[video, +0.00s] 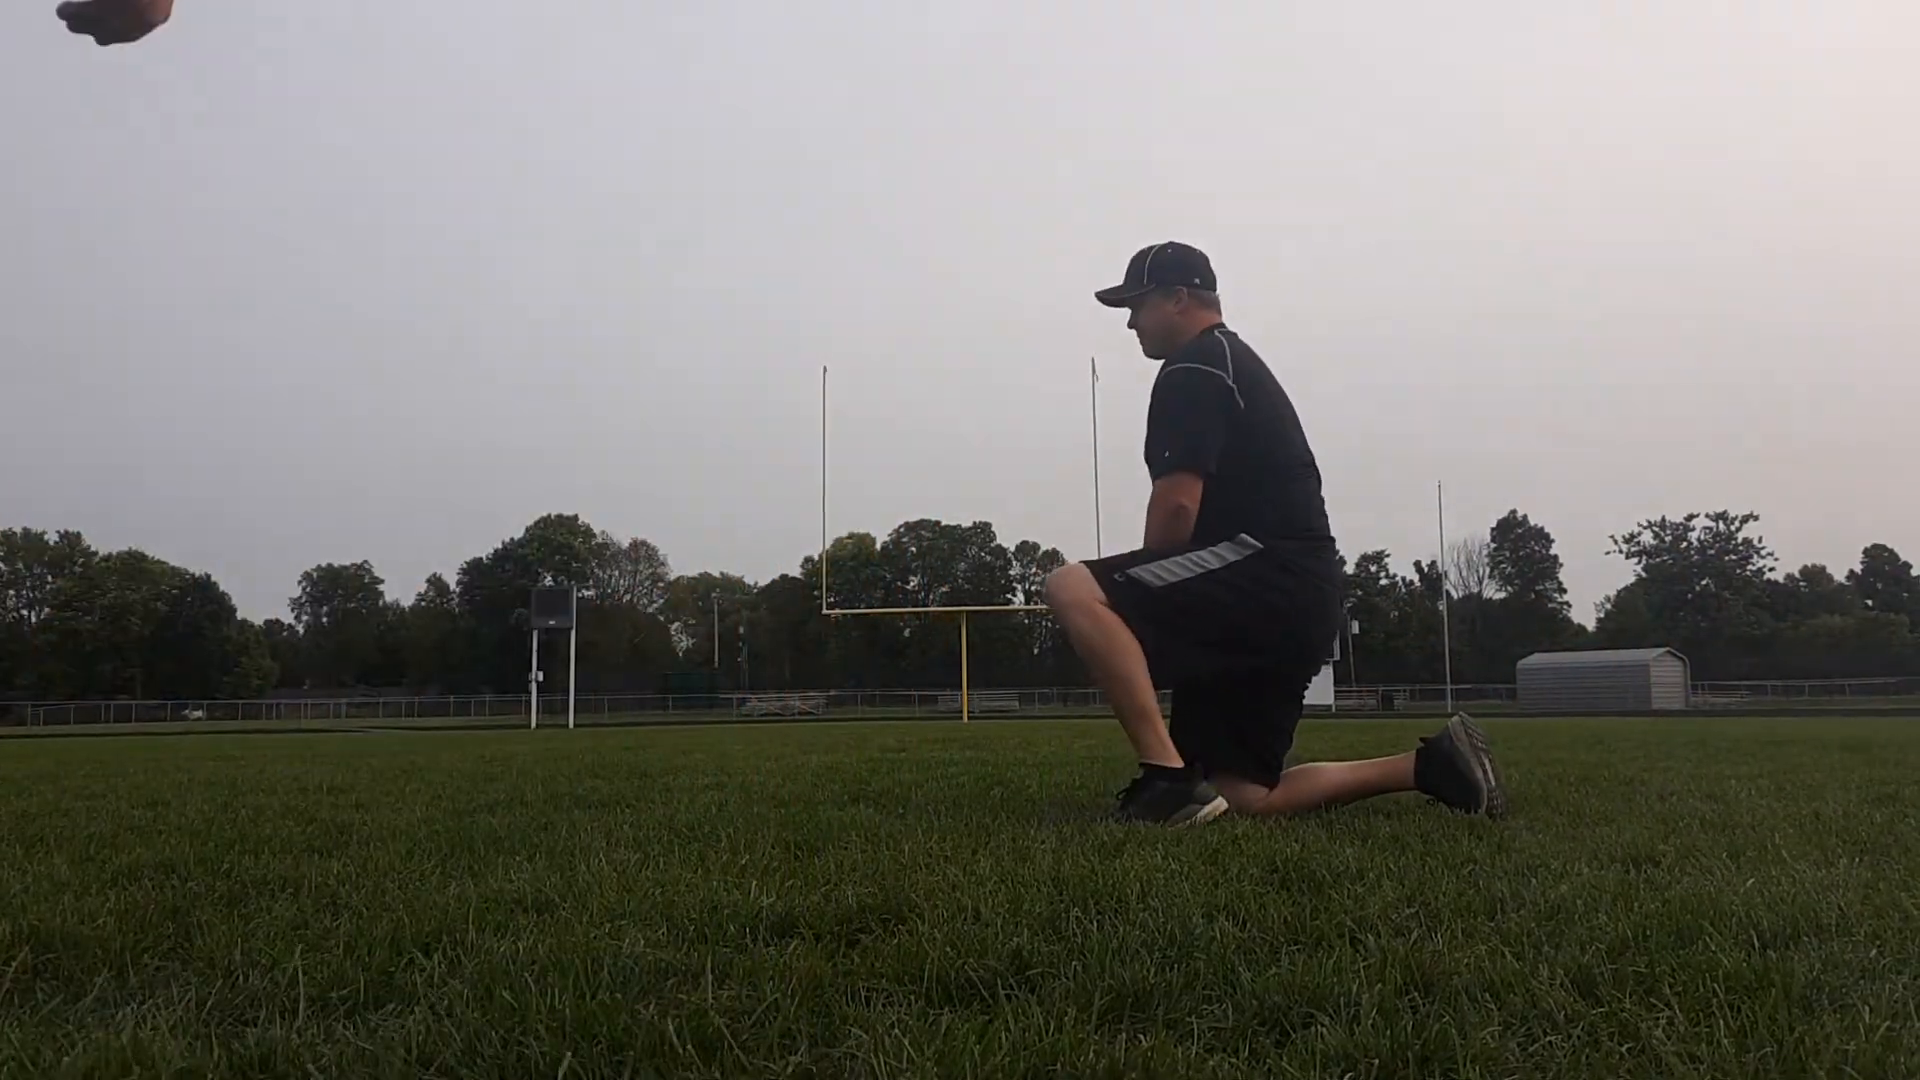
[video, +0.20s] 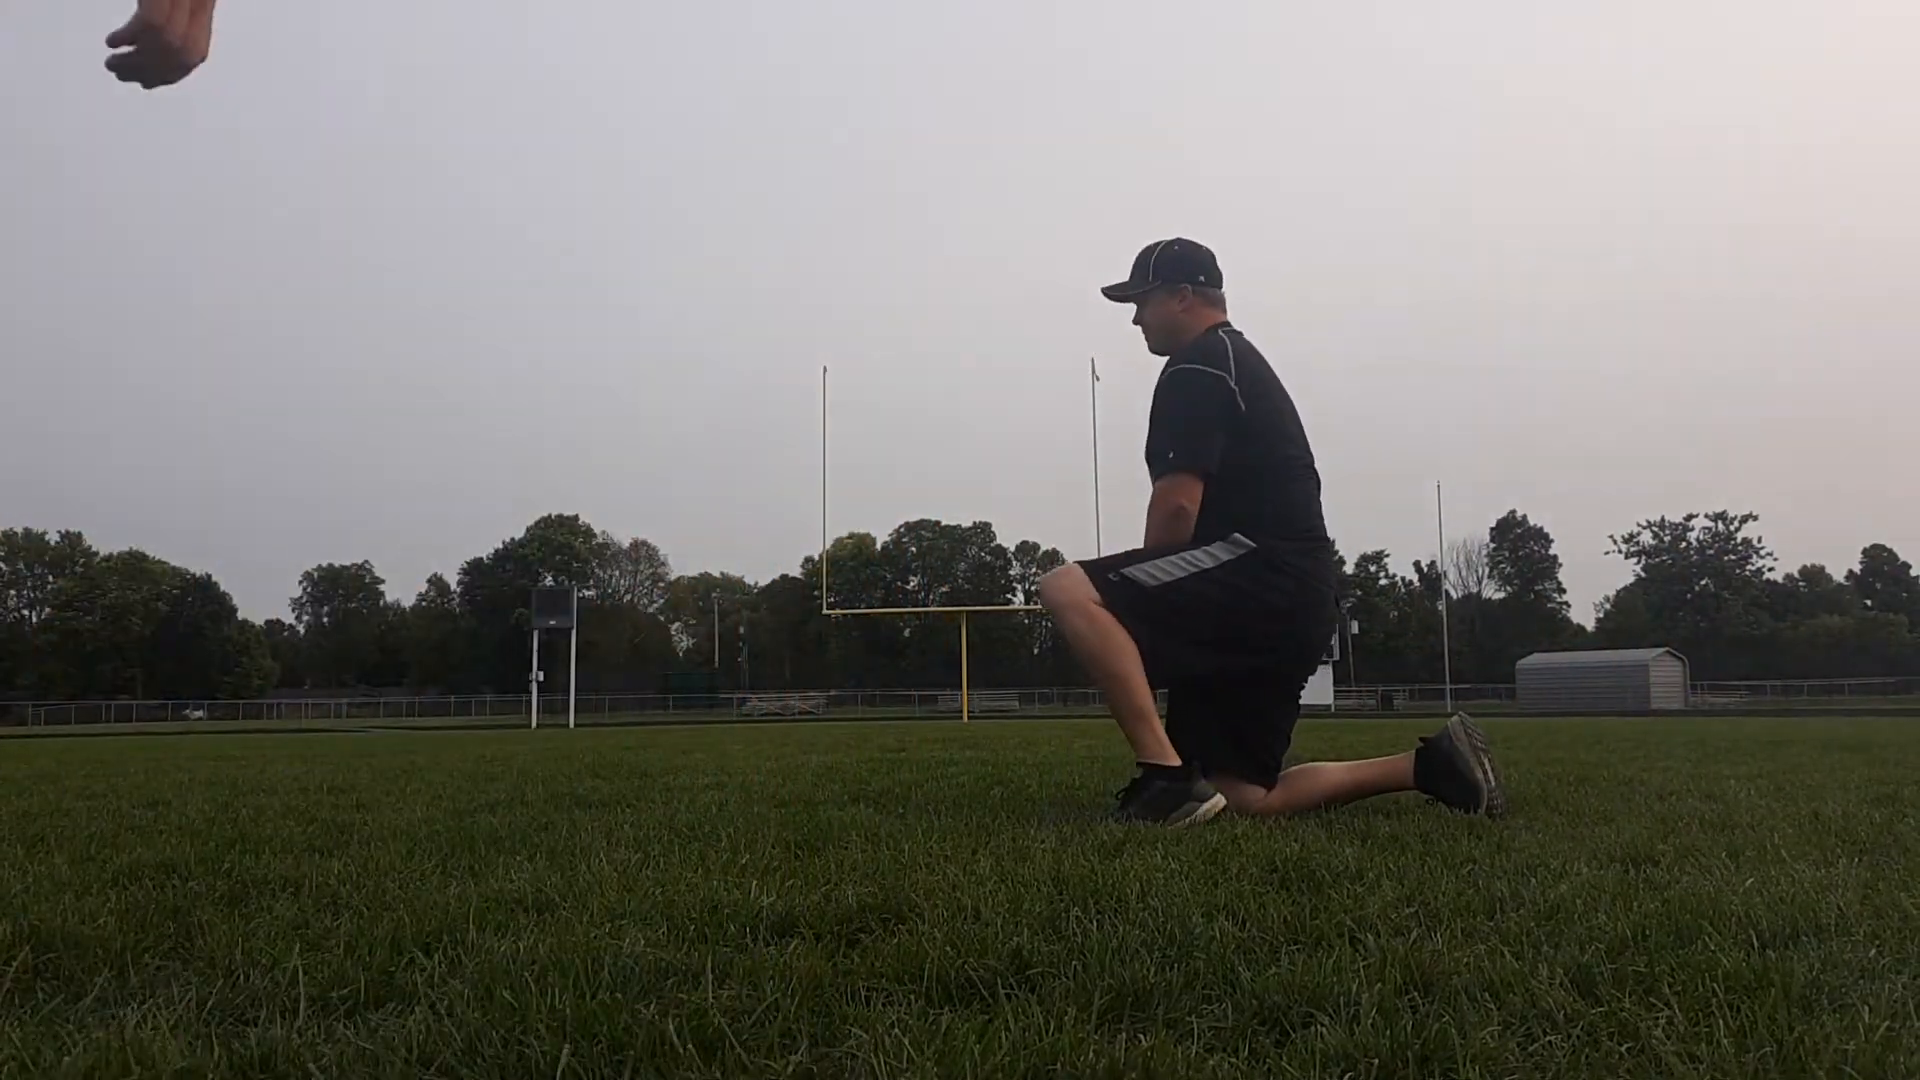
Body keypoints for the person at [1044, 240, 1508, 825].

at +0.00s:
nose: (1130, 321)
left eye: (1136, 305)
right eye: (1129, 309)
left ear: (1178, 300)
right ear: (1190, 301)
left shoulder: (1196, 364)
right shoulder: (1233, 363)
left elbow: (1176, 505)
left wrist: (1143, 596)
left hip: (1267, 567)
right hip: (1304, 590)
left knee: (1074, 588)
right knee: (1236, 794)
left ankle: (1167, 777)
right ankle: (1426, 768)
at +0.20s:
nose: (1135, 316)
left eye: (1141, 300)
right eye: (1134, 304)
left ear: (1182, 297)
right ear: (1194, 298)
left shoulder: (1199, 365)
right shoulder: (1240, 363)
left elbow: (1175, 506)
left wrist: (1143, 600)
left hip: (1260, 568)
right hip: (1301, 590)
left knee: (1068, 589)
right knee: (1236, 794)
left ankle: (1165, 776)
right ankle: (1425, 768)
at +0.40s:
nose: (1140, 312)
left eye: (1147, 297)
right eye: (1140, 299)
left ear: (1188, 295)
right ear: (1201, 297)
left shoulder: (1200, 363)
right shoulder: (1248, 362)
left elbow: (1174, 504)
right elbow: (1247, 506)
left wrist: (1143, 600)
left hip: (1254, 571)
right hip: (1298, 592)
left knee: (1062, 591)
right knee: (1234, 794)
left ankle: (1164, 776)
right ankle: (1425, 769)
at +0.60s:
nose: (1141, 310)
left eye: (1147, 295)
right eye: (1140, 298)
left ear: (1187, 294)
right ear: (1201, 295)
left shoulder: (1199, 363)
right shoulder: (1249, 362)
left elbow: (1171, 507)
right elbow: (1246, 508)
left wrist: (1140, 602)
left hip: (1251, 570)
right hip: (1297, 591)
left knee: (1059, 592)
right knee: (1235, 793)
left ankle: (1164, 775)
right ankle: (1425, 769)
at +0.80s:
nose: (1139, 311)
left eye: (1146, 296)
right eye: (1138, 298)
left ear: (1185, 294)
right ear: (1200, 295)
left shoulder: (1199, 362)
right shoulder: (1247, 362)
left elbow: (1169, 506)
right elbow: (1244, 508)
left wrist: (1139, 600)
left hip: (1248, 571)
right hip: (1294, 592)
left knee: (1056, 593)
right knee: (1234, 794)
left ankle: (1163, 775)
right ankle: (1426, 768)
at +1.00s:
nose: (1137, 314)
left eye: (1142, 298)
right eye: (1135, 301)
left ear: (1182, 294)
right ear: (1198, 295)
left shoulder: (1197, 364)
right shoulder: (1246, 362)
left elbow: (1166, 509)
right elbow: (1242, 509)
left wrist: (1137, 604)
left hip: (1248, 572)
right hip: (1294, 593)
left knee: (1056, 593)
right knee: (1234, 794)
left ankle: (1163, 775)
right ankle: (1426, 768)